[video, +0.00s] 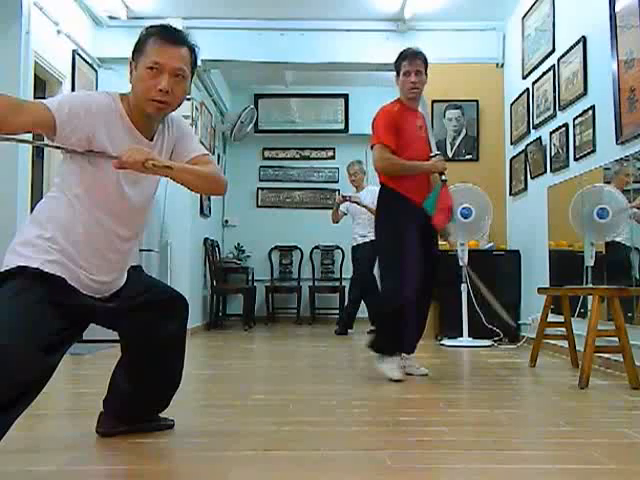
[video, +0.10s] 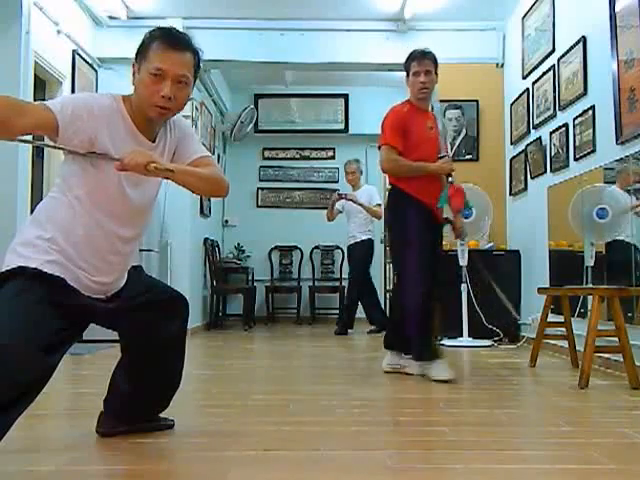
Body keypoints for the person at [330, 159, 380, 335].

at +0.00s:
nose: (353, 178)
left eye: (356, 174)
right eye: (351, 175)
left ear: (364, 174)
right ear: (348, 178)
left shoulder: (375, 192)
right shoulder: (350, 197)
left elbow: (380, 215)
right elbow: (336, 219)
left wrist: (363, 205)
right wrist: (336, 205)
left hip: (371, 240)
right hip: (357, 242)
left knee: (357, 281)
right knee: (367, 282)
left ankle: (345, 322)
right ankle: (378, 321)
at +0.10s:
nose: (350, 177)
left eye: (353, 173)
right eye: (347, 174)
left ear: (360, 174)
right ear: (345, 176)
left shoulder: (370, 190)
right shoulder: (346, 196)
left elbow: (379, 214)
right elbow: (330, 217)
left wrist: (358, 203)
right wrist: (333, 203)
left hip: (365, 240)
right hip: (352, 242)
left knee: (355, 282)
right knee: (363, 283)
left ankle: (345, 323)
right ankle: (380, 320)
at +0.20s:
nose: (347, 175)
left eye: (350, 171)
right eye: (344, 172)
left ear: (357, 173)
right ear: (341, 174)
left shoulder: (366, 190)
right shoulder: (341, 194)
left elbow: (374, 213)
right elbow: (325, 214)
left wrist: (354, 201)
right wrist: (328, 199)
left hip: (360, 239)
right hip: (347, 241)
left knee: (353, 282)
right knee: (357, 282)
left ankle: (344, 324)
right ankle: (378, 318)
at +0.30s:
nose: (343, 175)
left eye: (347, 171)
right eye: (341, 172)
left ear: (354, 172)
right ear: (338, 174)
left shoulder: (363, 189)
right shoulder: (337, 194)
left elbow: (371, 212)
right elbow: (320, 213)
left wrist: (351, 199)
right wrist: (325, 198)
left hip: (357, 239)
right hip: (343, 241)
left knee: (350, 283)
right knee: (349, 284)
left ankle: (343, 324)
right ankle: (373, 317)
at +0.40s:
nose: (341, 174)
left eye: (344, 171)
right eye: (338, 171)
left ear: (351, 172)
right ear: (336, 173)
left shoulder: (359, 189)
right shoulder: (333, 194)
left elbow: (367, 211)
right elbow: (318, 212)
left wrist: (348, 196)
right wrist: (322, 196)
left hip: (354, 240)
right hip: (341, 241)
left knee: (349, 284)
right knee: (341, 284)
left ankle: (343, 324)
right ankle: (367, 315)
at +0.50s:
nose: (339, 173)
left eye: (342, 169)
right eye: (336, 170)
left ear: (349, 171)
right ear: (333, 172)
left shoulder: (357, 189)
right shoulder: (331, 193)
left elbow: (365, 210)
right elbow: (315, 211)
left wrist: (347, 195)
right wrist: (320, 195)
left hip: (352, 241)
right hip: (338, 242)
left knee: (347, 282)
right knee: (333, 282)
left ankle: (342, 324)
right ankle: (355, 315)